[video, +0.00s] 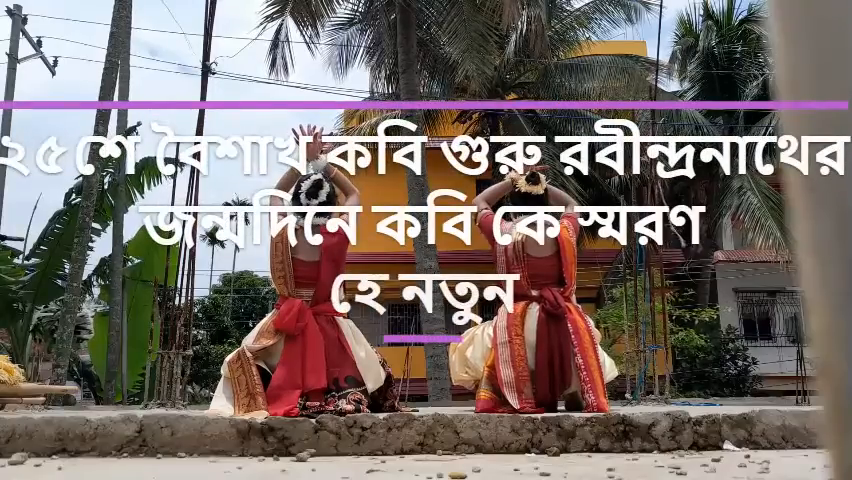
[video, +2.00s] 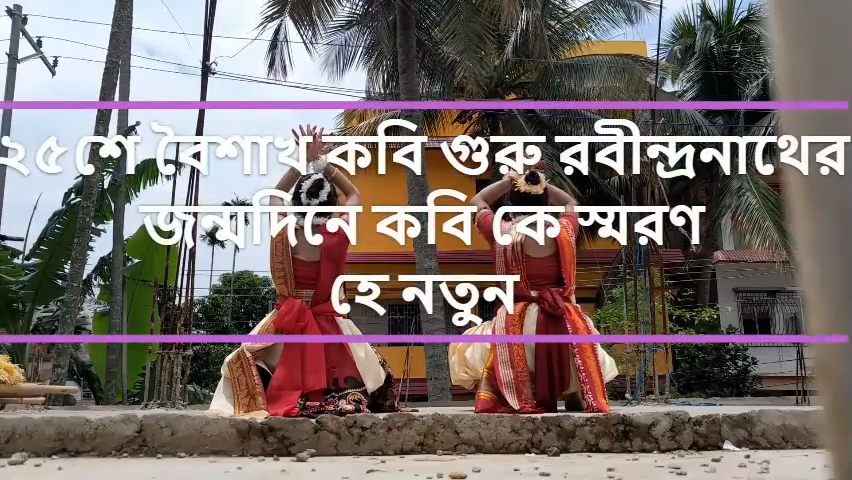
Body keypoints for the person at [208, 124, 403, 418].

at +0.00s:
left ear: (295, 203)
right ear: (330, 203)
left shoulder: (284, 235)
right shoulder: (337, 236)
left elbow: (277, 195)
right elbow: (352, 195)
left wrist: (303, 162)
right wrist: (324, 164)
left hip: (290, 330)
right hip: (330, 329)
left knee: (241, 362)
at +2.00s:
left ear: (296, 203)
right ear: (331, 203)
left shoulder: (284, 234)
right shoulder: (337, 236)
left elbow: (277, 196)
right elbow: (351, 195)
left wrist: (302, 162)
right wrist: (323, 164)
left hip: (289, 328)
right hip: (330, 328)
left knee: (241, 361)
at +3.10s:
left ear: (292, 201)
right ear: (330, 202)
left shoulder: (279, 231)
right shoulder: (338, 232)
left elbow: (269, 192)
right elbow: (368, 188)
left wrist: (281, 157)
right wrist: (353, 157)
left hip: (287, 331)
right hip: (330, 329)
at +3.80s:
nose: (337, 204)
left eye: (333, 198)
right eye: (335, 199)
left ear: (295, 203)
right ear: (331, 204)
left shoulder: (278, 234)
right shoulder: (341, 235)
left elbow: (260, 204)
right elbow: (386, 206)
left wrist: (267, 161)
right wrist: (387, 171)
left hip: (288, 333)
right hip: (333, 333)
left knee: (239, 367)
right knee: (379, 388)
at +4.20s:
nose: (339, 204)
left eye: (336, 198)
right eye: (337, 199)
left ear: (298, 204)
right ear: (333, 205)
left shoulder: (277, 235)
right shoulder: (345, 237)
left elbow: (248, 213)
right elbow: (397, 229)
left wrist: (235, 177)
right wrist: (419, 193)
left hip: (287, 337)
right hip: (333, 336)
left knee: (242, 364)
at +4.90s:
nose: (340, 207)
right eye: (338, 201)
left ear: (301, 203)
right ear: (336, 206)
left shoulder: (277, 238)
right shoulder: (348, 242)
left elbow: (238, 238)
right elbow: (404, 248)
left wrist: (225, 210)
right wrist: (430, 223)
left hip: (286, 336)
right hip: (334, 338)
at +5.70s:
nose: (330, 209)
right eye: (334, 203)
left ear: (299, 205)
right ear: (336, 206)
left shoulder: (277, 243)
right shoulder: (350, 246)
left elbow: (234, 267)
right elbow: (401, 266)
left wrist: (202, 243)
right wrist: (431, 247)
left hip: (287, 350)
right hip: (337, 350)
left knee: (238, 364)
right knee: (377, 392)